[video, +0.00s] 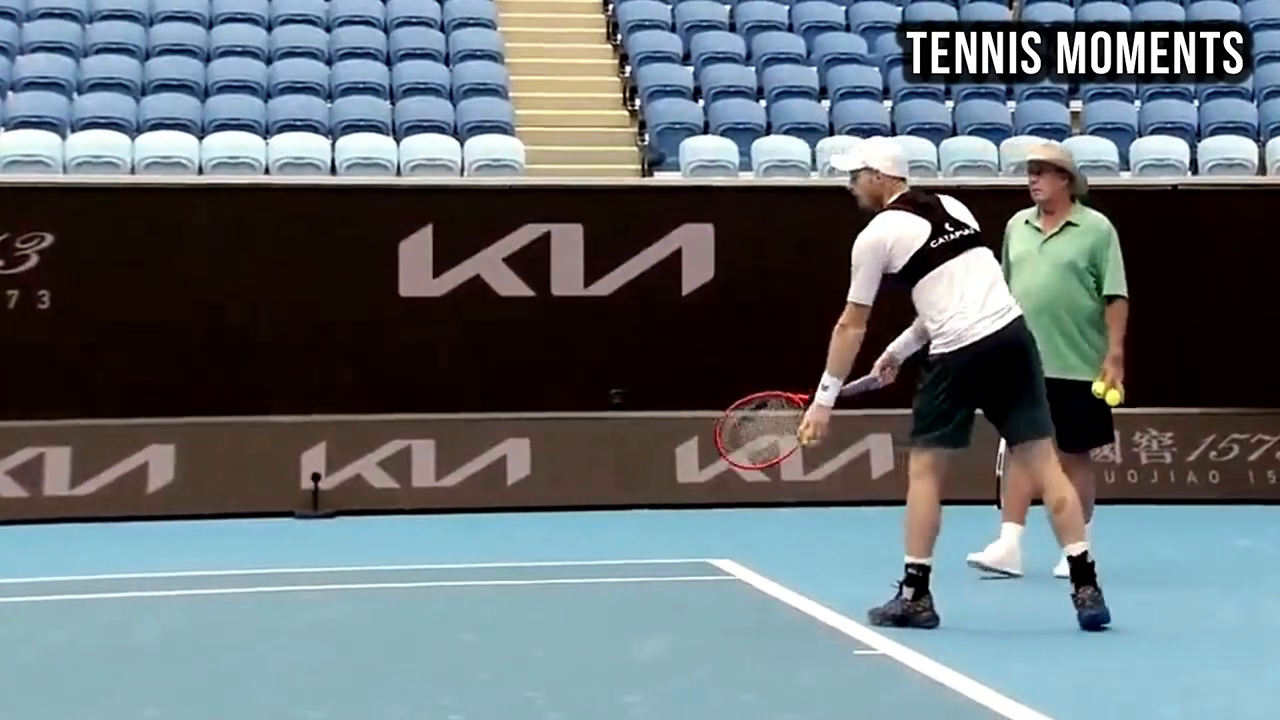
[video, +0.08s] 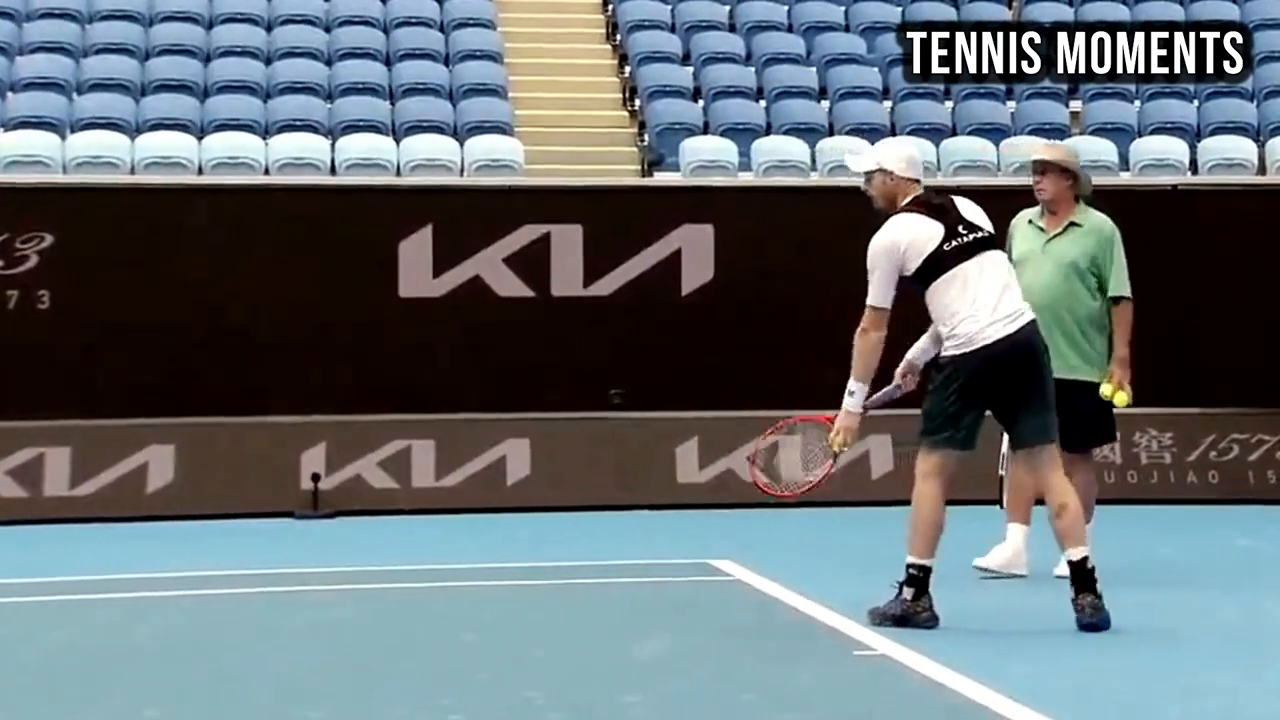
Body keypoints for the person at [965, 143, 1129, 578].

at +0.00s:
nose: (1033, 180)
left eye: (1042, 174)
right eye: (1031, 174)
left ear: (1067, 179)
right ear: (1030, 180)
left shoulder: (1098, 229)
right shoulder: (1017, 225)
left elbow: (1116, 298)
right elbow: (1006, 288)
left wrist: (1114, 358)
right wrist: (998, 344)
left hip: (1080, 368)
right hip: (1026, 363)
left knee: (1077, 459)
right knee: (1019, 450)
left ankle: (1077, 547)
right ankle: (1009, 543)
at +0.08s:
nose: (1037, 180)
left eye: (1045, 173)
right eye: (1035, 173)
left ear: (1071, 179)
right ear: (1034, 180)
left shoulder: (1101, 230)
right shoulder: (1021, 224)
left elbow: (1121, 299)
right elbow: (1010, 285)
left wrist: (1120, 362)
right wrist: (1002, 344)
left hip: (1082, 368)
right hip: (1028, 362)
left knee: (1077, 460)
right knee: (1021, 452)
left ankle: (1076, 549)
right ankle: (1014, 545)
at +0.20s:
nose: (1043, 180)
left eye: (1052, 173)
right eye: (1040, 173)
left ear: (1075, 179)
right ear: (1038, 180)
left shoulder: (1104, 230)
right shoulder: (1025, 223)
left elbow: (1125, 301)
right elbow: (1009, 284)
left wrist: (1126, 362)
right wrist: (1001, 344)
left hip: (1084, 365)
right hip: (1031, 359)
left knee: (1079, 456)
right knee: (1025, 450)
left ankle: (1078, 547)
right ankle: (1028, 542)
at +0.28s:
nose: (1046, 180)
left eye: (1055, 174)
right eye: (1044, 173)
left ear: (1078, 180)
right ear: (1040, 180)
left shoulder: (1105, 230)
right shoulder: (1027, 225)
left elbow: (1126, 301)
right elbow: (1011, 289)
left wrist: (1127, 362)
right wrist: (1004, 349)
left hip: (1086, 365)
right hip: (1033, 360)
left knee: (1080, 455)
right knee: (1025, 449)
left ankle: (1081, 545)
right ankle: (1037, 540)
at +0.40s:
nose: (1046, 180)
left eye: (1055, 173)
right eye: (1045, 173)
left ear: (1079, 180)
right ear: (1045, 180)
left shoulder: (1106, 230)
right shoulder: (1035, 225)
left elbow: (1126, 301)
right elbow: (1016, 291)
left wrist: (1124, 363)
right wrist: (1005, 349)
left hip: (1087, 363)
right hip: (1034, 359)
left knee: (1079, 456)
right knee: (1032, 451)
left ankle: (1084, 546)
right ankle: (1046, 538)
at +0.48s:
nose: (1047, 180)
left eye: (1056, 173)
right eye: (1045, 172)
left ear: (1080, 181)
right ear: (1041, 178)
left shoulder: (1104, 228)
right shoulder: (1033, 223)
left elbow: (1125, 301)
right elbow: (1014, 290)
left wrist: (1121, 363)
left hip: (1088, 356)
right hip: (1039, 352)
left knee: (1078, 453)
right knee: (1040, 451)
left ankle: (1085, 545)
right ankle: (1047, 534)